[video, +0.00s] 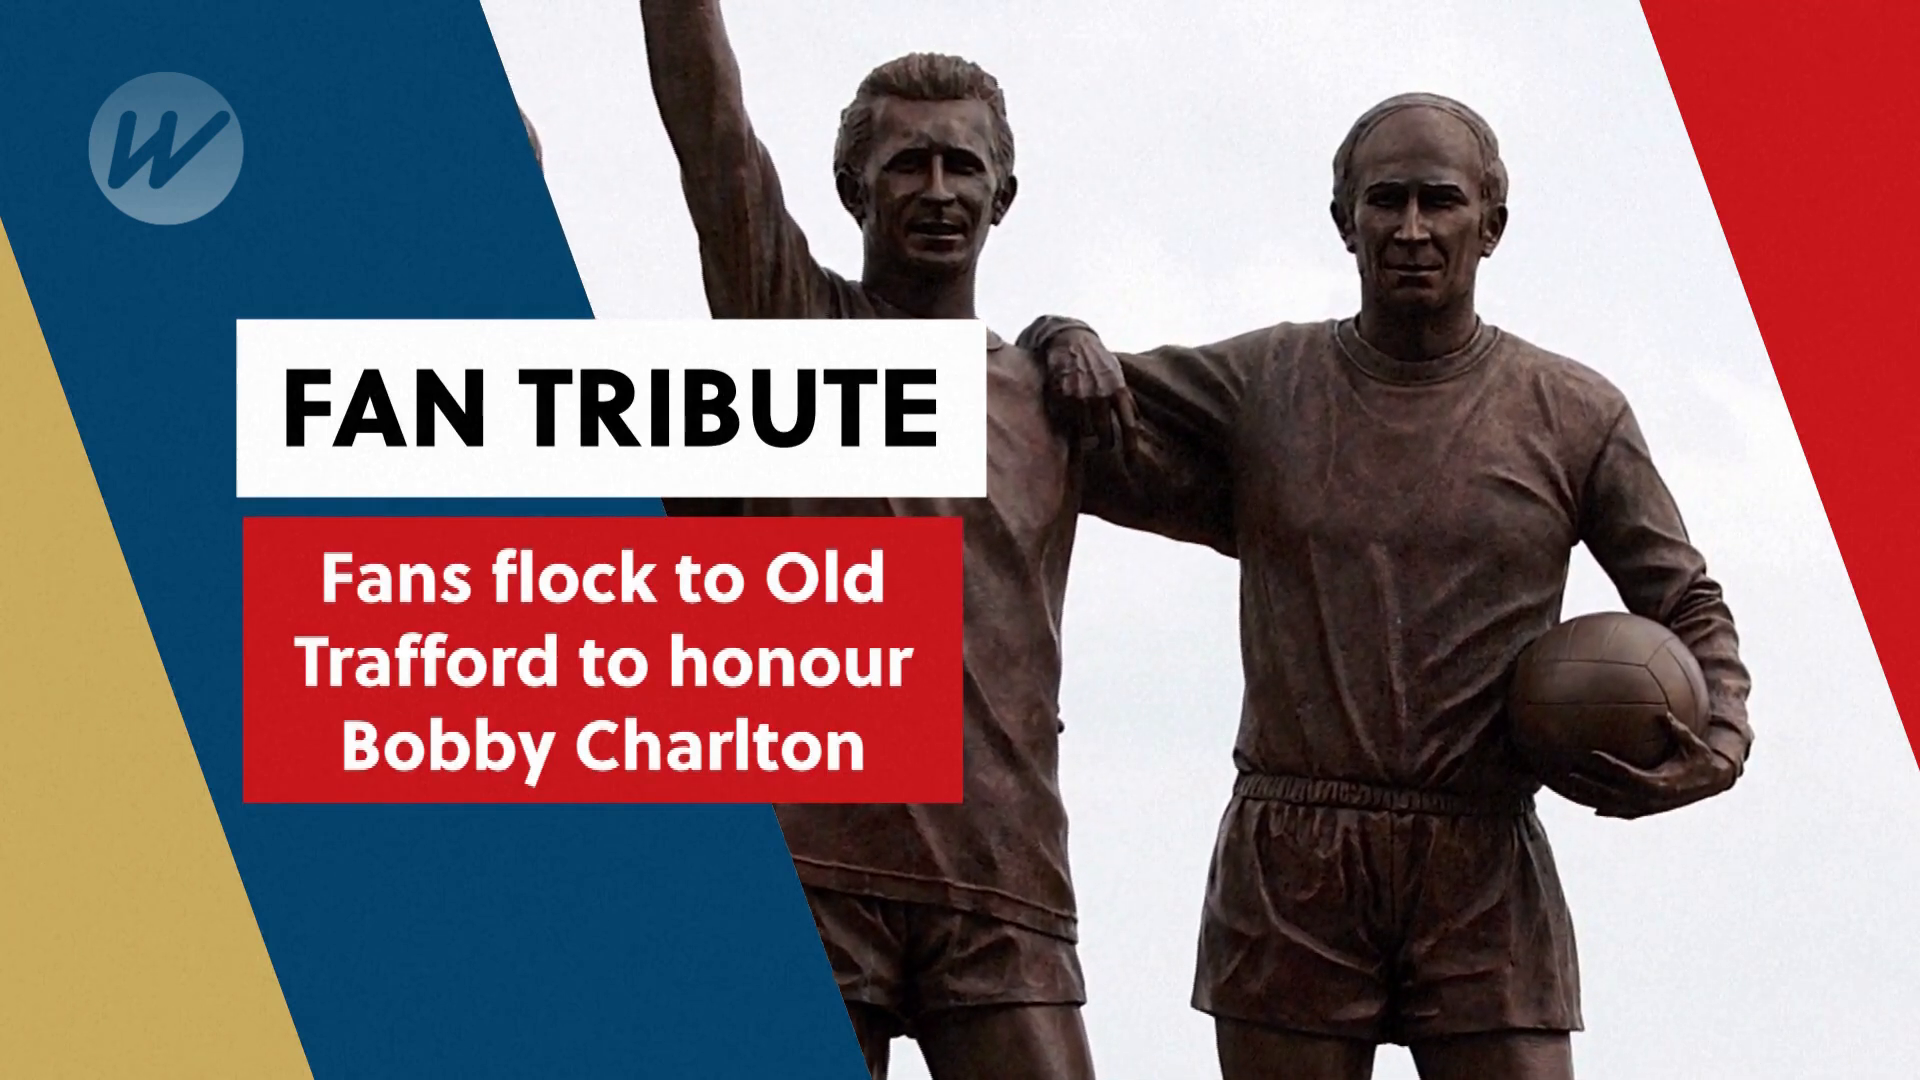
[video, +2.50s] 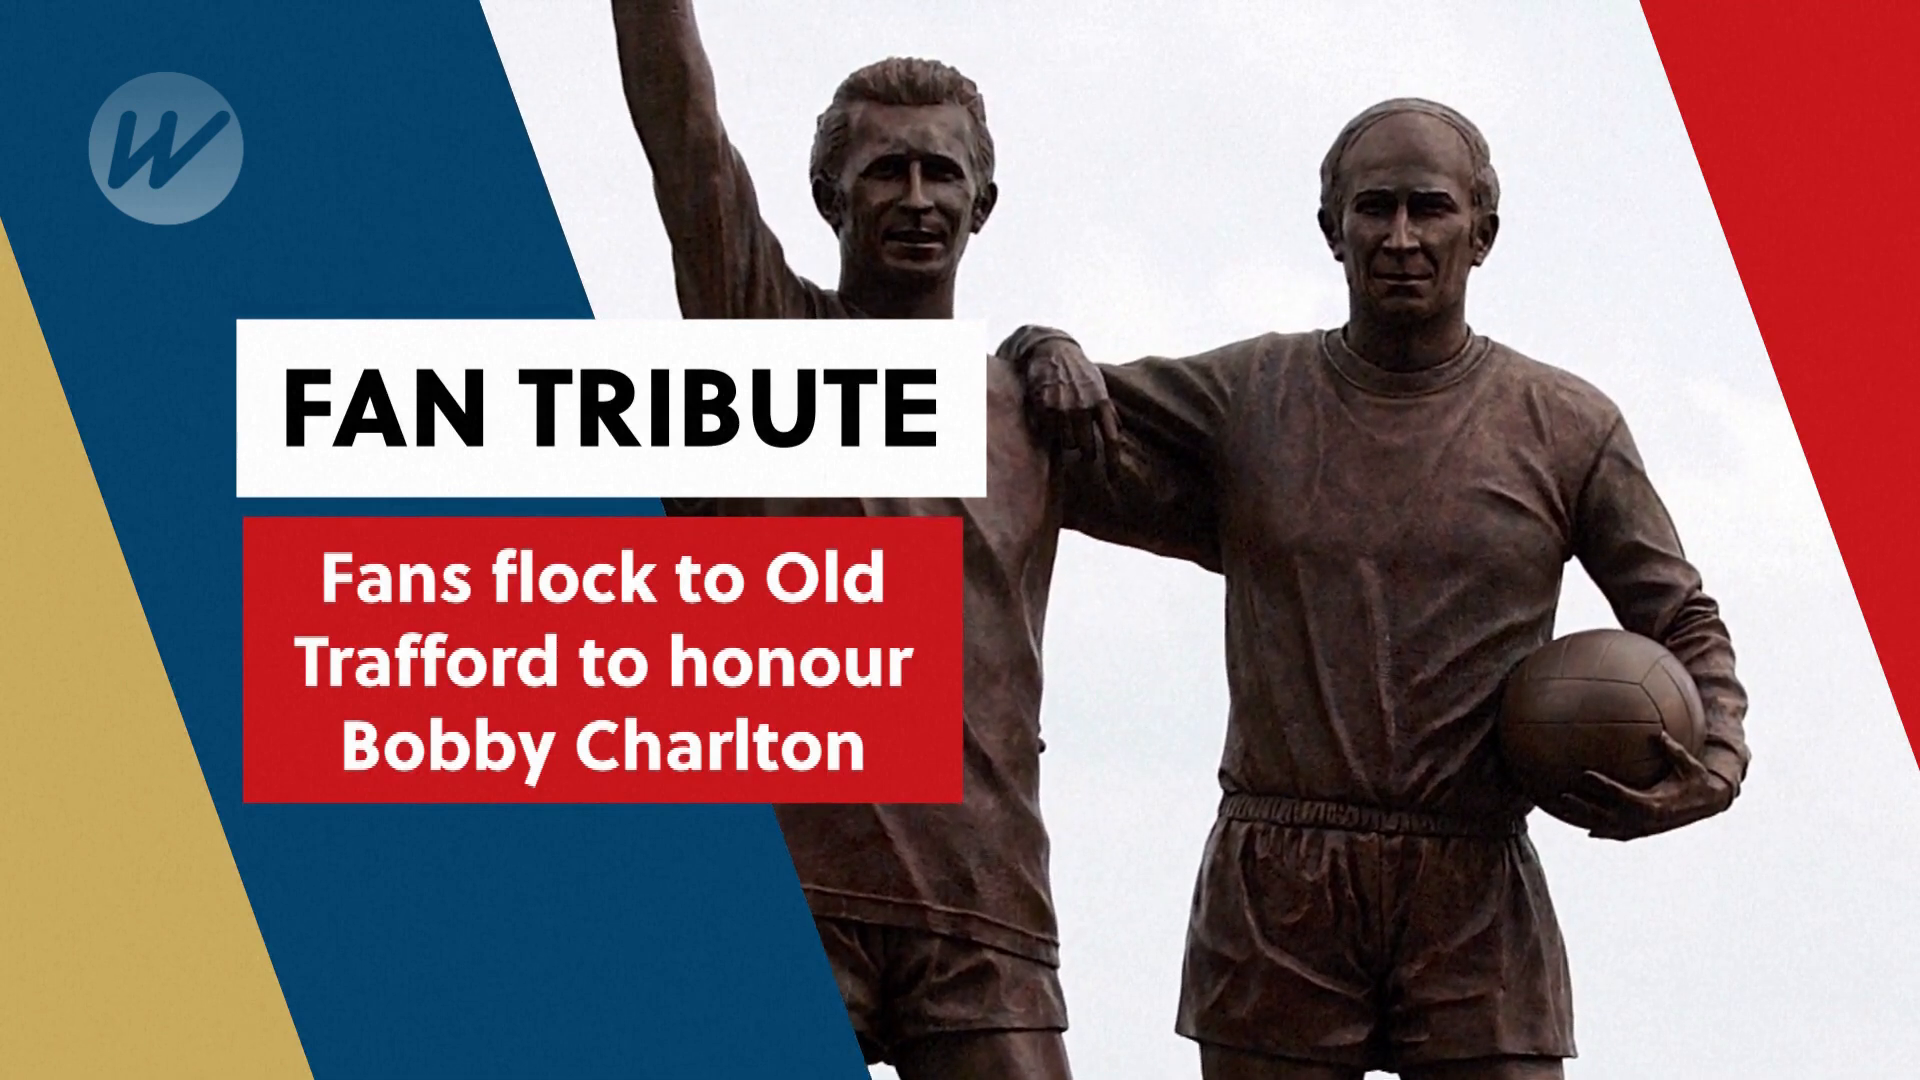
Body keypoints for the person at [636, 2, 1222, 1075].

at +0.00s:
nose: (938, 188)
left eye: (963, 164)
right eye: (906, 163)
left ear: (1002, 195)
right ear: (854, 191)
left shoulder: (1053, 398)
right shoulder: (788, 327)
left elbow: (1261, 501)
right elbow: (710, 135)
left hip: (1003, 882)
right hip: (809, 880)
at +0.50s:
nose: (933, 189)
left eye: (958, 166)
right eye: (902, 165)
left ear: (997, 197)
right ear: (849, 192)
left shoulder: (1049, 402)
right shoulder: (781, 330)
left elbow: (1255, 507)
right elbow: (701, 130)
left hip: (999, 890)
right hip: (805, 885)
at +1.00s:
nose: (930, 191)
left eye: (955, 168)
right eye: (899, 166)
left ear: (991, 198)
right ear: (842, 194)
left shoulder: (1044, 405)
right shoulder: (776, 332)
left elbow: (1244, 506)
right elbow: (696, 132)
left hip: (995, 900)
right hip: (803, 892)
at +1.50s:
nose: (922, 193)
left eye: (948, 170)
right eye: (891, 169)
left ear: (987, 202)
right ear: (837, 196)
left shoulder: (1041, 406)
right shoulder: (770, 336)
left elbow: (1245, 508)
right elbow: (689, 130)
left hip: (989, 897)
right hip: (796, 891)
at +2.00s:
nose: (918, 195)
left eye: (944, 171)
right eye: (886, 170)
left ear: (983, 202)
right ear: (829, 197)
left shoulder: (1032, 400)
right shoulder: (762, 334)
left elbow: (1244, 515)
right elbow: (681, 127)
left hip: (986, 909)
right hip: (790, 902)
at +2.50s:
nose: (918, 195)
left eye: (943, 171)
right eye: (886, 170)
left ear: (981, 202)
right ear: (830, 200)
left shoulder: (1035, 404)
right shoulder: (763, 337)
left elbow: (1241, 515)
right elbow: (683, 137)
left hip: (987, 909)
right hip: (793, 900)